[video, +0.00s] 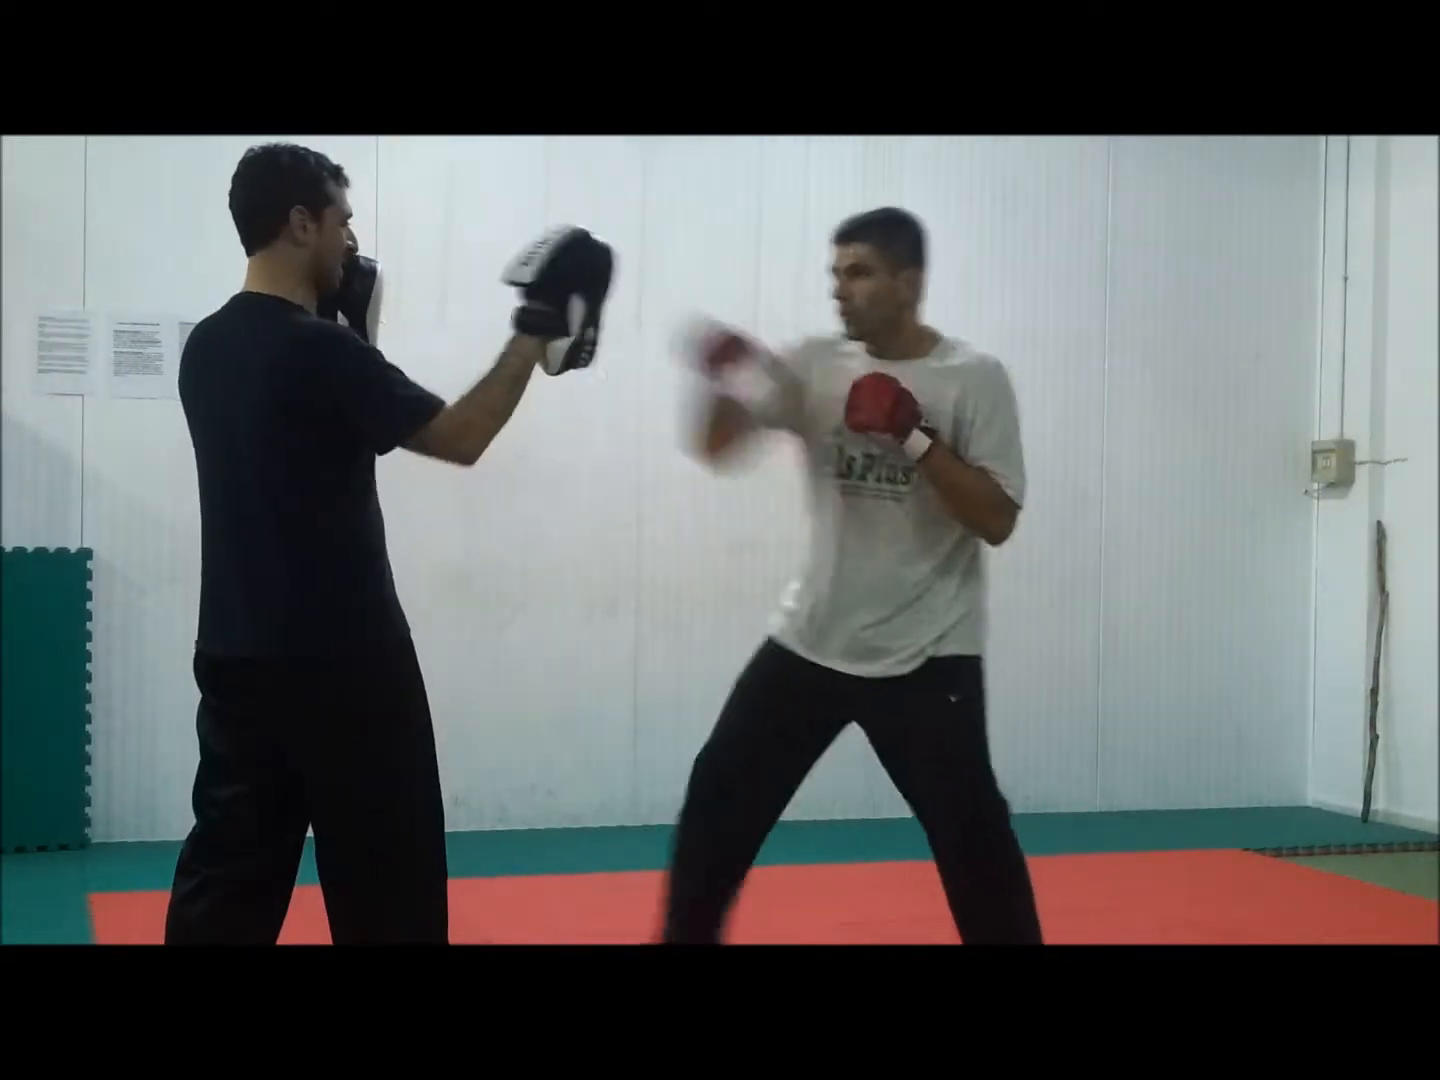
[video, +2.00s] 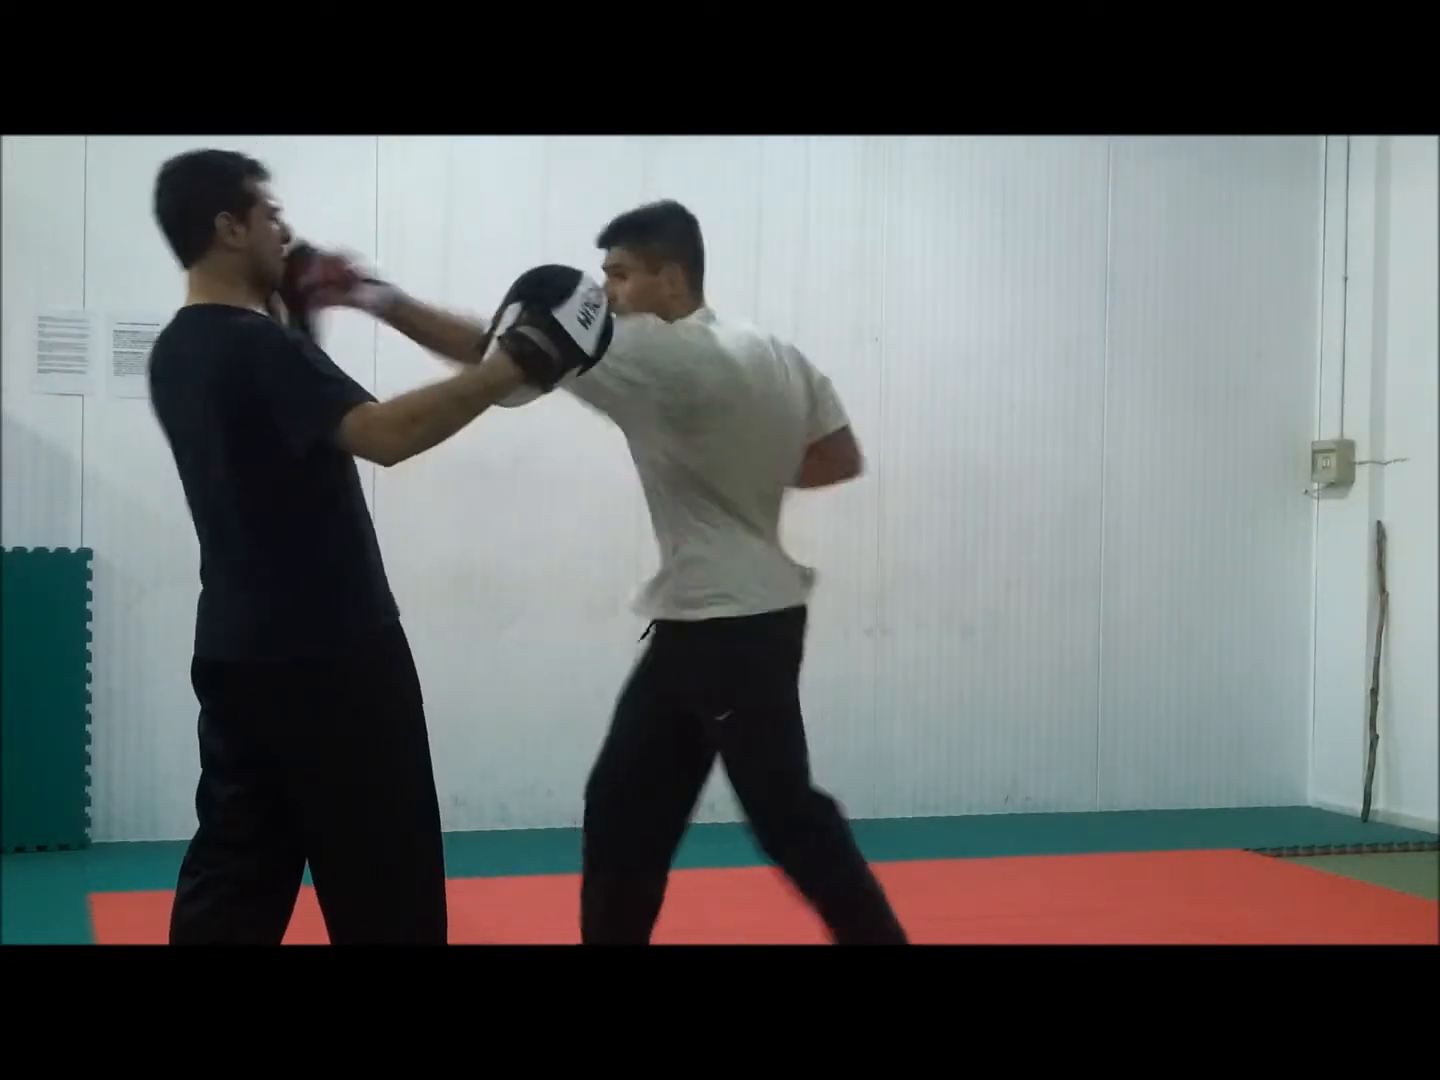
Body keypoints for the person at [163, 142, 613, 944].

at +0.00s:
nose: (353, 239)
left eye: (350, 222)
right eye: (343, 221)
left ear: (266, 230)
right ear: (302, 224)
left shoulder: (205, 346)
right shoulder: (319, 347)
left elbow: (332, 438)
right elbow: (461, 437)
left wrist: (355, 326)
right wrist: (533, 332)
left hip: (236, 656)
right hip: (347, 658)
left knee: (227, 876)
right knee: (391, 882)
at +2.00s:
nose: (286, 231)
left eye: (280, 213)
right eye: (272, 214)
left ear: (200, 235)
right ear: (229, 226)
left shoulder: (174, 350)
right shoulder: (254, 342)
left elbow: (285, 431)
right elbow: (385, 434)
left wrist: (301, 318)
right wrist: (495, 376)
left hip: (239, 654)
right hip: (337, 652)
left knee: (234, 879)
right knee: (391, 889)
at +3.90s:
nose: (325, 226)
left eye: (320, 206)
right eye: (312, 206)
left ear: (247, 216)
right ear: (260, 212)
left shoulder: (179, 332)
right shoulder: (250, 338)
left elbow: (218, 482)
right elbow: (308, 495)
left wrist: (312, 403)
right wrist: (443, 444)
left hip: (201, 651)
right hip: (294, 654)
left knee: (209, 887)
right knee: (379, 889)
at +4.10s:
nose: (306, 272)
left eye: (311, 252)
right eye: (306, 249)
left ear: (216, 233)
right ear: (266, 235)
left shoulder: (110, 337)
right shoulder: (251, 345)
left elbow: (61, 487)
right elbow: (286, 502)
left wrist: (68, 607)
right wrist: (410, 499)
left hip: (122, 654)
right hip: (239, 657)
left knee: (106, 882)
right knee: (267, 888)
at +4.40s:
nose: (304, 273)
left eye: (308, 253)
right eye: (303, 249)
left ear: (213, 232)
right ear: (261, 233)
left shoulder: (107, 338)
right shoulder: (244, 347)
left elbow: (60, 488)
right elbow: (281, 507)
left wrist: (68, 608)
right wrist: (407, 499)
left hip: (121, 660)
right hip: (237, 663)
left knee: (104, 887)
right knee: (267, 895)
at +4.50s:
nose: (301, 274)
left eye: (304, 252)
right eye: (298, 249)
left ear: (223, 235)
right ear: (257, 235)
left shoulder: (107, 337)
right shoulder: (238, 343)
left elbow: (58, 486)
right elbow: (295, 491)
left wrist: (66, 609)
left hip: (119, 649)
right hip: (233, 653)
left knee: (107, 872)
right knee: (266, 881)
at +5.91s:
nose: (306, 270)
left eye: (309, 250)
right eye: (304, 246)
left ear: (216, 231)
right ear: (259, 231)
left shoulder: (108, 339)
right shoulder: (244, 351)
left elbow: (66, 488)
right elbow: (282, 507)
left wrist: (74, 605)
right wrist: (420, 489)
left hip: (124, 660)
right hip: (239, 664)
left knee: (106, 883)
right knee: (267, 889)